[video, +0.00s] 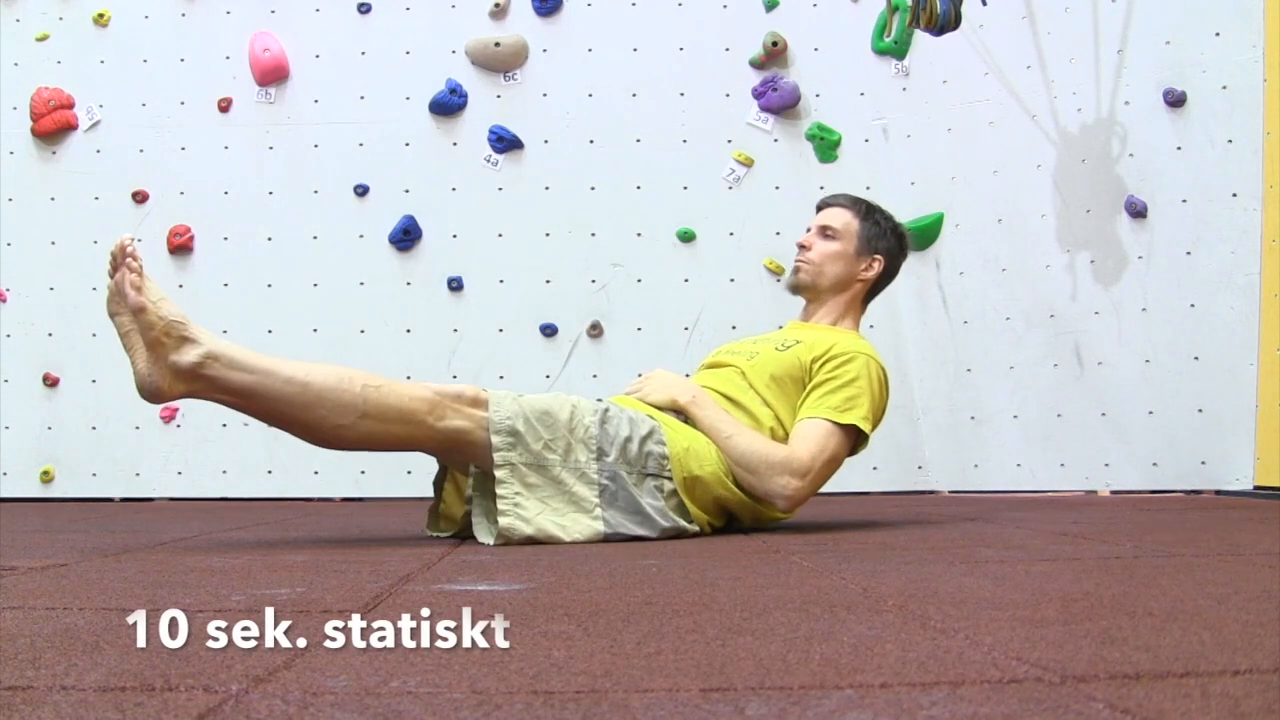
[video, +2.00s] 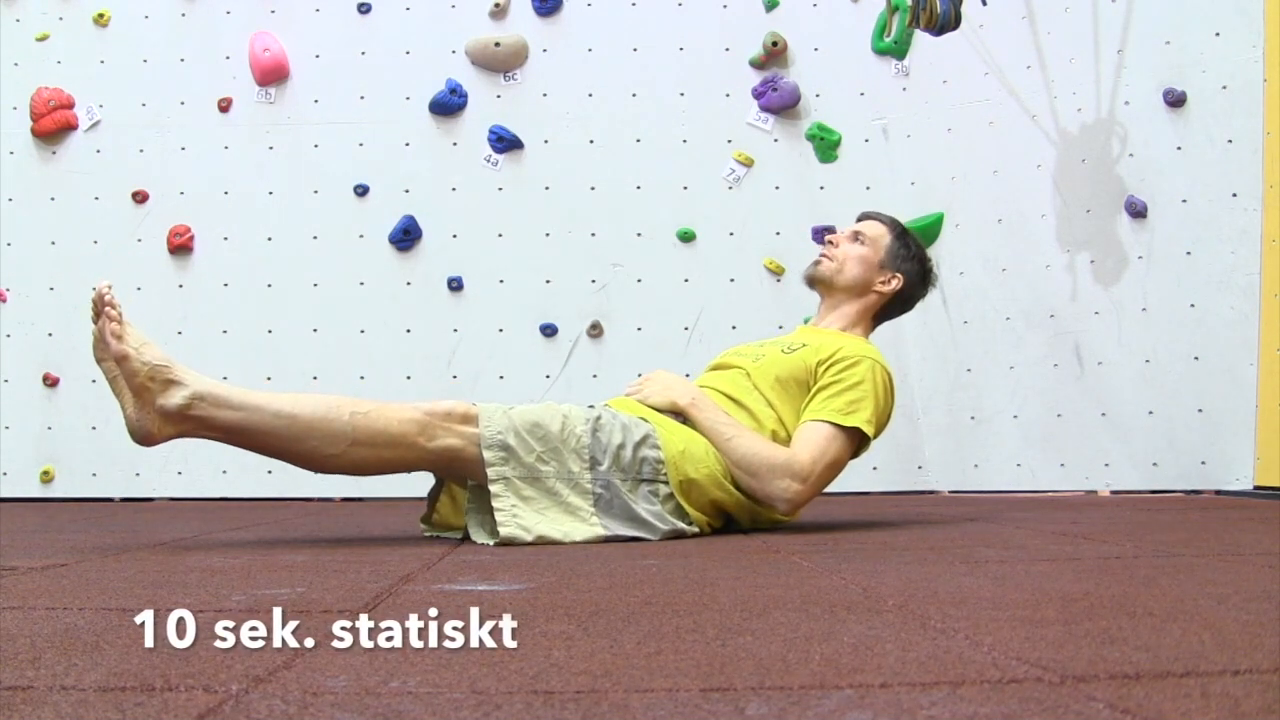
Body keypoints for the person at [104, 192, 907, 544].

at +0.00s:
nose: (803, 241)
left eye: (825, 235)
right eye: (809, 230)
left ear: (870, 266)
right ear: (822, 260)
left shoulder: (849, 355)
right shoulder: (780, 344)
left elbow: (788, 481)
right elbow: (743, 449)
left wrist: (690, 396)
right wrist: (666, 401)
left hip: (658, 462)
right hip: (636, 446)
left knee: (449, 412)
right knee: (437, 410)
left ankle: (191, 365)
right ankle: (190, 362)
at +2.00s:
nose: (829, 238)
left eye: (854, 238)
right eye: (838, 232)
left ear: (887, 285)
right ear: (844, 271)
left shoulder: (858, 364)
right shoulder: (791, 349)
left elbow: (790, 486)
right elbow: (740, 456)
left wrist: (692, 398)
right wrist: (669, 402)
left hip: (662, 462)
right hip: (641, 446)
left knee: (440, 428)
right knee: (429, 430)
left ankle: (177, 401)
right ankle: (178, 403)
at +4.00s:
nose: (842, 252)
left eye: (866, 252)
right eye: (851, 244)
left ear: (895, 299)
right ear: (857, 283)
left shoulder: (863, 374)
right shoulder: (802, 358)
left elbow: (791, 492)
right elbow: (748, 465)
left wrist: (699, 402)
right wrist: (673, 408)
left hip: (659, 460)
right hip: (639, 446)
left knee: (442, 428)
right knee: (431, 429)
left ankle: (177, 400)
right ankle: (178, 401)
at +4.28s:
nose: (844, 254)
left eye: (867, 254)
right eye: (853, 245)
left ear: (896, 300)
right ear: (857, 282)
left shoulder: (864, 375)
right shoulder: (801, 358)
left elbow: (791, 492)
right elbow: (747, 466)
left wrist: (700, 403)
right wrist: (673, 407)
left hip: (659, 460)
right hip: (638, 445)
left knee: (441, 428)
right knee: (429, 429)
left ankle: (178, 400)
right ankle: (179, 401)